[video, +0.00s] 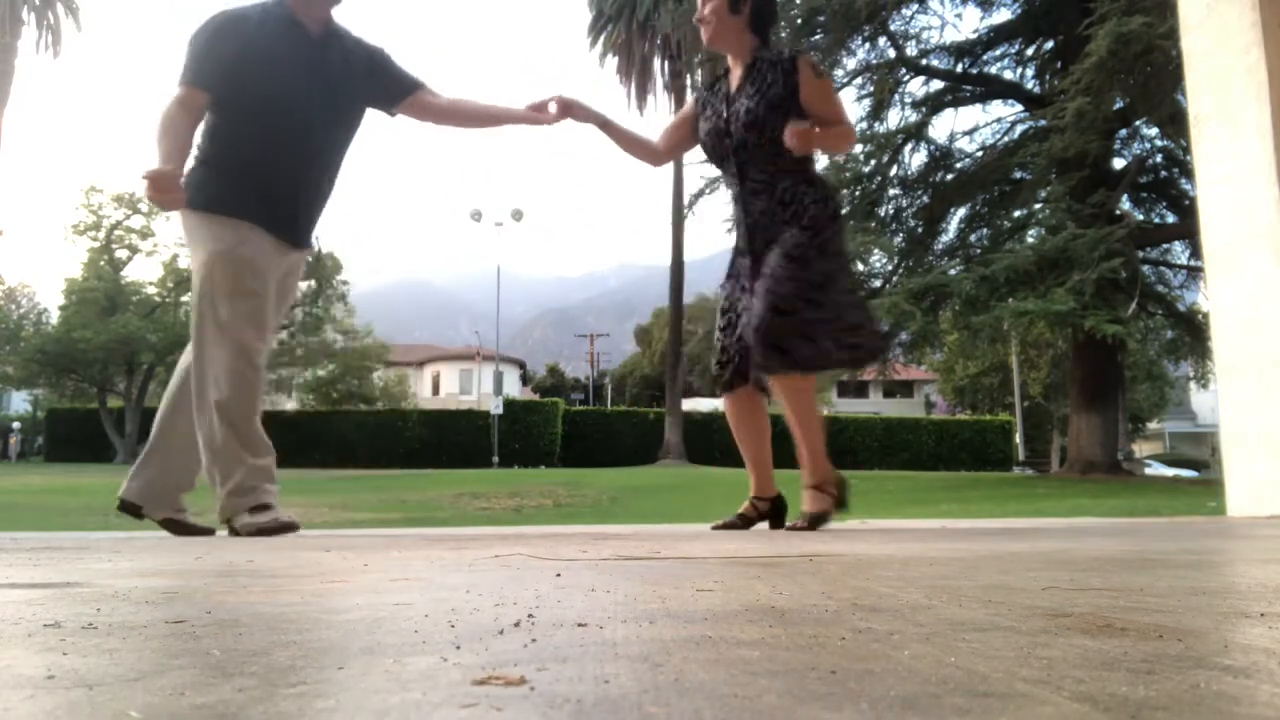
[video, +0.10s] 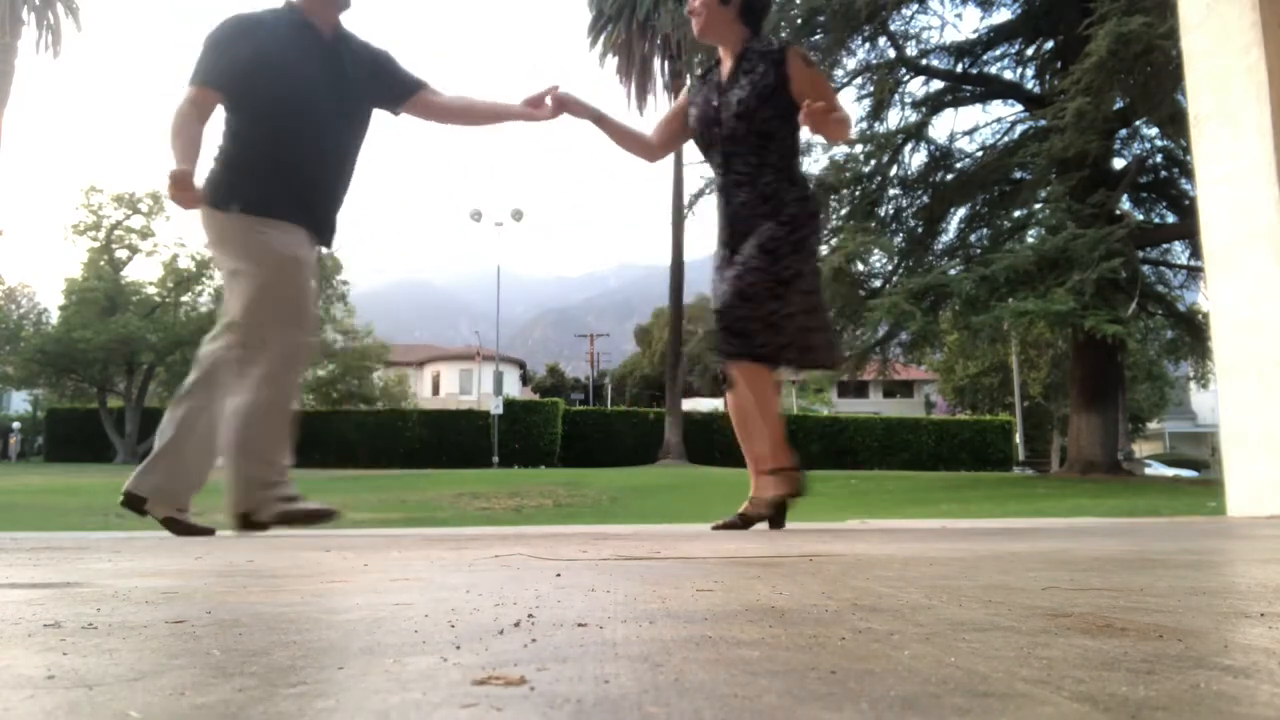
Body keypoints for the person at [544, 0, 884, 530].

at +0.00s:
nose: (698, 13)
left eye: (709, 4)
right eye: (699, 5)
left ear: (742, 12)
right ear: (719, 17)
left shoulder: (794, 69)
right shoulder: (712, 98)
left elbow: (844, 134)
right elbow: (657, 152)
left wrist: (814, 136)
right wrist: (589, 115)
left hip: (806, 225)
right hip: (753, 238)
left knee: (771, 335)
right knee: (733, 363)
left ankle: (821, 479)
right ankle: (765, 495)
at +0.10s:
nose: (690, 8)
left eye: (700, 1)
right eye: (691, 2)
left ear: (734, 6)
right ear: (708, 12)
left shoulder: (784, 61)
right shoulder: (702, 89)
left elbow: (842, 127)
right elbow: (652, 147)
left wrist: (826, 120)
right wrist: (588, 112)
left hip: (786, 217)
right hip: (736, 228)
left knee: (738, 321)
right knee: (735, 349)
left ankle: (779, 465)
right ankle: (763, 486)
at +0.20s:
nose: (676, 10)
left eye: (686, 3)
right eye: (678, 3)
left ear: (718, 9)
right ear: (699, 12)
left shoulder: (765, 63)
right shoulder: (692, 91)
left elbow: (818, 132)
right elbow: (649, 159)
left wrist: (811, 116)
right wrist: (581, 125)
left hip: (760, 223)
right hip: (719, 229)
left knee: (698, 330)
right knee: (733, 366)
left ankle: (705, 478)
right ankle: (764, 496)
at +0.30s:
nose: (653, 20)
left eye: (662, 9)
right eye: (655, 11)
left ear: (691, 12)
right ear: (677, 17)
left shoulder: (732, 67)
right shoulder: (682, 91)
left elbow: (776, 136)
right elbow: (649, 178)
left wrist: (743, 91)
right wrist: (578, 152)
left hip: (726, 238)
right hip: (696, 240)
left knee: (660, 343)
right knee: (726, 369)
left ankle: (654, 486)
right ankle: (762, 494)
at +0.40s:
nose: (616, 15)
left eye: (623, 8)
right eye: (615, 12)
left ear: (648, 3)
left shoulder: (670, 36)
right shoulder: (649, 66)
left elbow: (695, 84)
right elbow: (653, 176)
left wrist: (629, 33)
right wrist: (573, 166)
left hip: (687, 228)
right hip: (684, 229)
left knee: (622, 342)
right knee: (705, 363)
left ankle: (647, 490)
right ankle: (759, 487)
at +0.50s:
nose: (590, 15)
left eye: (596, 9)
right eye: (592, 12)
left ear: (616, 2)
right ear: (644, 6)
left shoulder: (630, 17)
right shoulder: (666, 45)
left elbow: (569, 35)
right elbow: (646, 160)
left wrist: (519, 3)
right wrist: (575, 160)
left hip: (651, 193)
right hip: (690, 195)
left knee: (617, 343)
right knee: (669, 348)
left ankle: (646, 489)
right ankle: (727, 468)